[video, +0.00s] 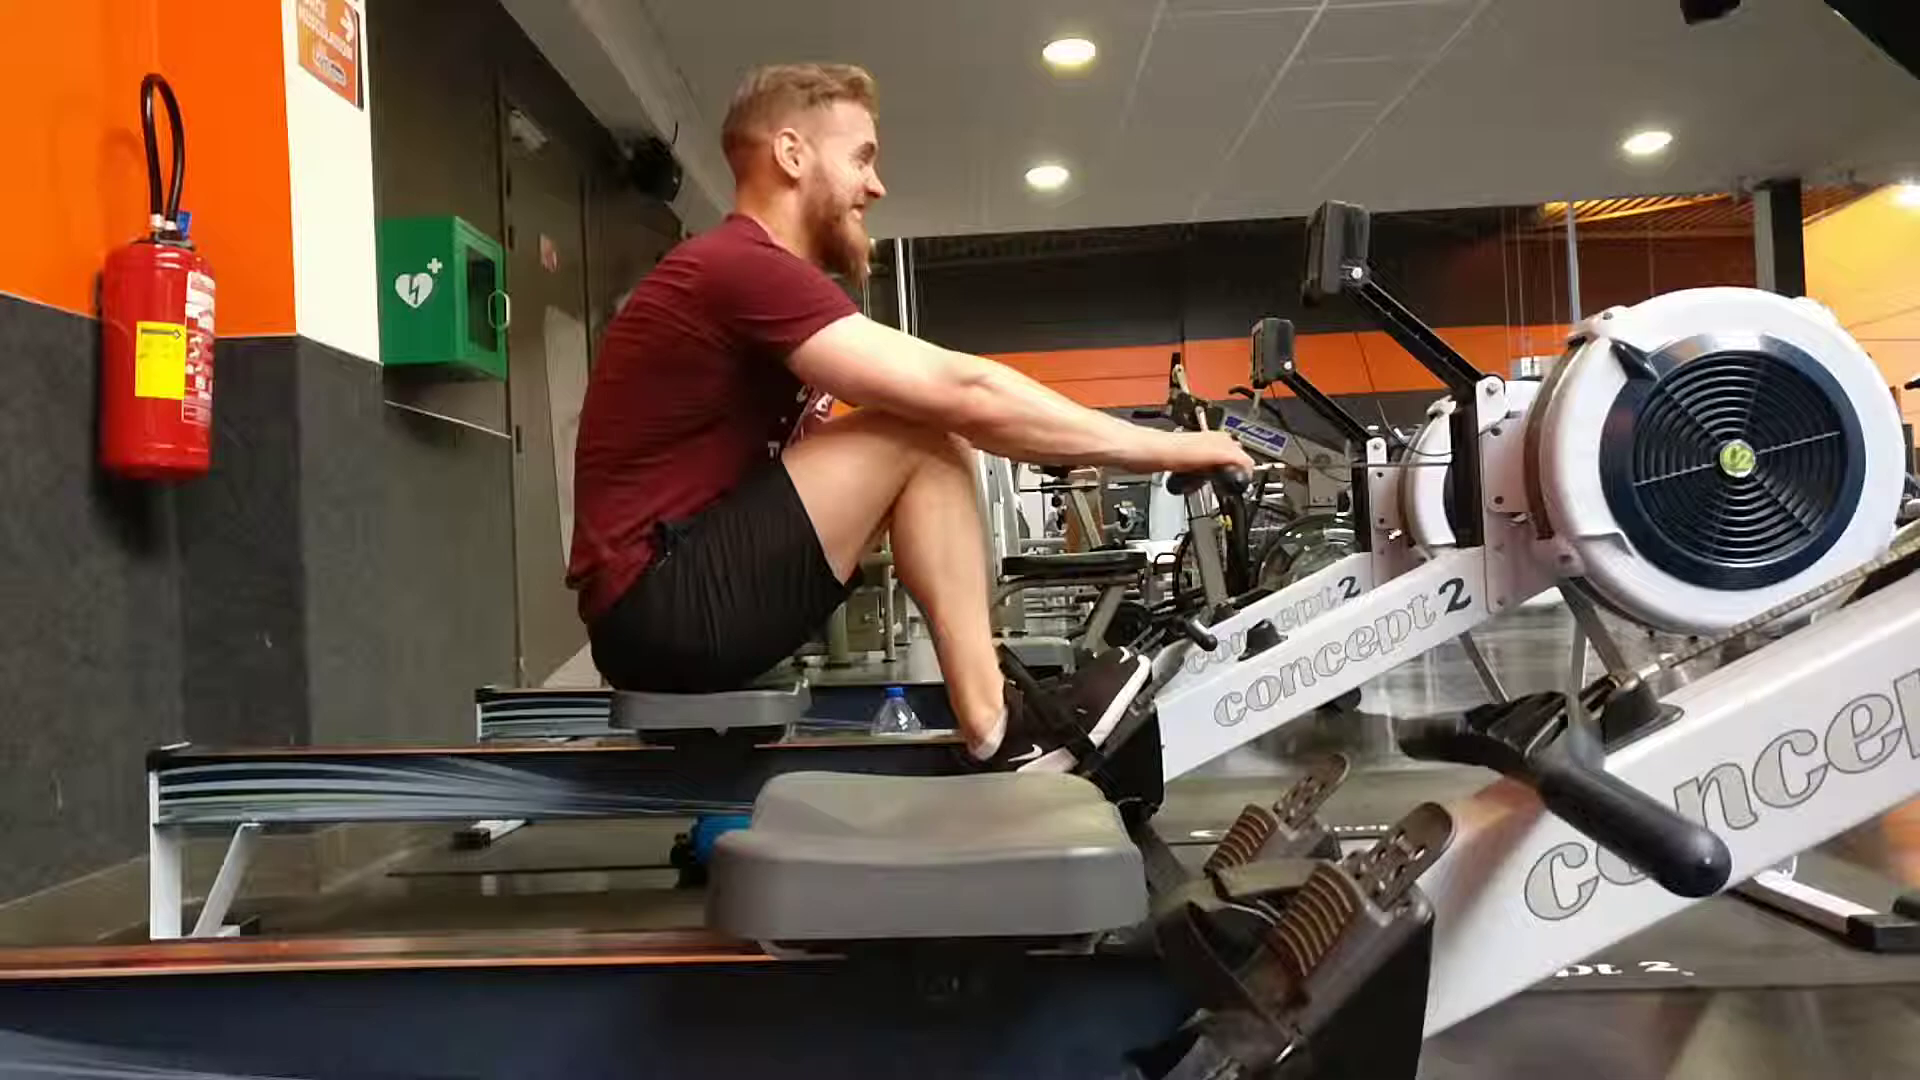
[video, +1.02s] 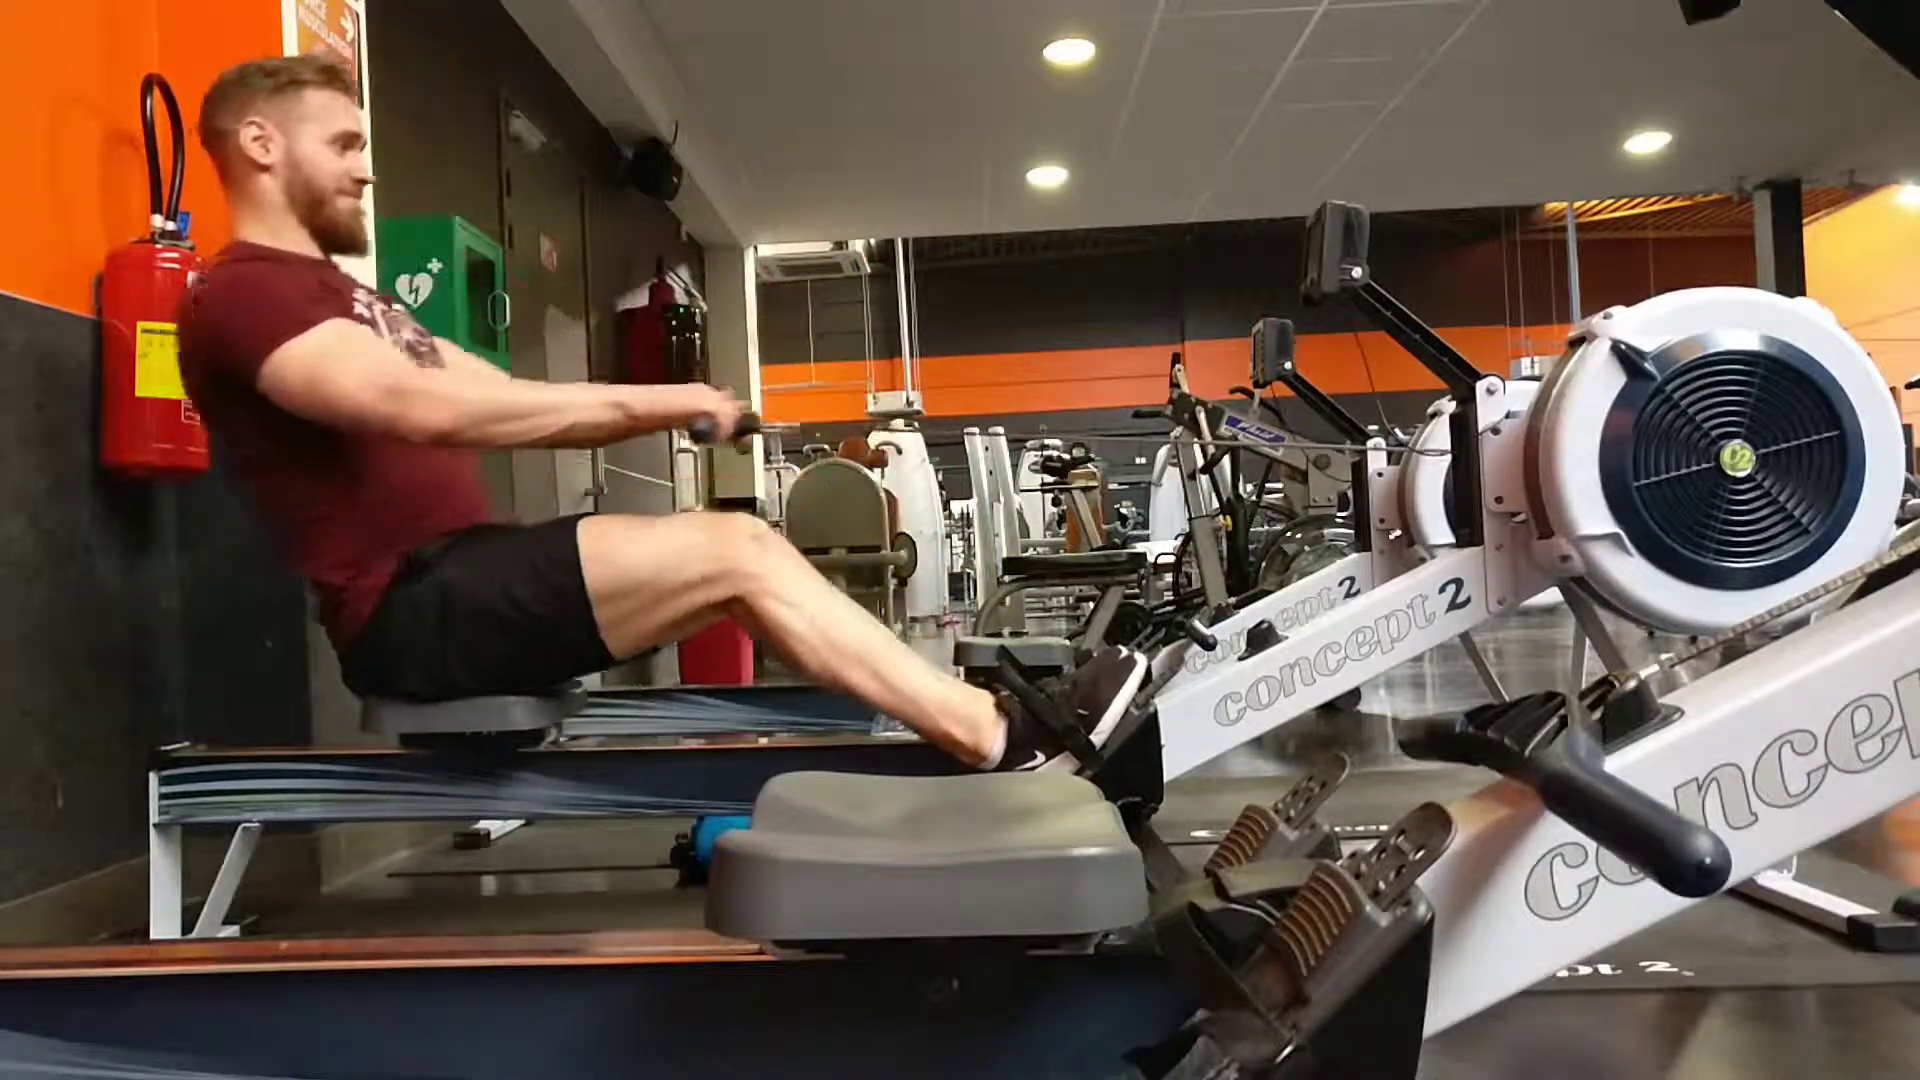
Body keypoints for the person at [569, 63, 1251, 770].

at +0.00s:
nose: (876, 185)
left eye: (875, 162)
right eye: (862, 156)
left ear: (793, 158)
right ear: (790, 152)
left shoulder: (755, 273)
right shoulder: (743, 267)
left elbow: (961, 384)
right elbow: (966, 399)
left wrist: (1133, 438)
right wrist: (1160, 449)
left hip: (672, 605)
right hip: (662, 613)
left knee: (925, 427)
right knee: (921, 433)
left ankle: (990, 714)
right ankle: (991, 731)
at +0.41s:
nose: (767, 144)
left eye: (760, 122)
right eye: (744, 119)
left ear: (674, 129)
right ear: (670, 124)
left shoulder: (676, 260)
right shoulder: (644, 254)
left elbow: (856, 381)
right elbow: (866, 384)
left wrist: (1040, 436)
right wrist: (1052, 434)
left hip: (642, 592)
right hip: (621, 603)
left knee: (896, 445)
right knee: (891, 452)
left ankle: (999, 710)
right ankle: (997, 736)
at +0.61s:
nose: (653, 137)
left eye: (647, 114)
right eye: (631, 110)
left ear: (560, 122)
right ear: (555, 117)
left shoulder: (577, 255)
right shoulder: (537, 251)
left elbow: (758, 357)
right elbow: (755, 360)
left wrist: (952, 407)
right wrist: (962, 407)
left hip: (588, 592)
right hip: (564, 602)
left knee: (860, 459)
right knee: (853, 463)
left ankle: (992, 716)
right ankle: (996, 732)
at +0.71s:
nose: (584, 136)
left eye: (579, 114)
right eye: (564, 111)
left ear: (493, 116)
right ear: (485, 113)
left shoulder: (516, 259)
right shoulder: (471, 252)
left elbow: (696, 363)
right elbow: (692, 362)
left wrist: (865, 416)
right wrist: (900, 406)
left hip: (556, 586)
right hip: (521, 599)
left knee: (837, 475)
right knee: (821, 478)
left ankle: (999, 715)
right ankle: (994, 737)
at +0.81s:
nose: (512, 137)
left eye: (507, 116)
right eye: (491, 112)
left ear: (421, 126)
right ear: (408, 118)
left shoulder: (465, 268)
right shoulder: (401, 262)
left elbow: (622, 363)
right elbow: (609, 366)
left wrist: (819, 412)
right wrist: (820, 409)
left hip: (523, 585)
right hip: (485, 603)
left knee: (806, 499)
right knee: (796, 502)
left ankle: (996, 716)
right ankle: (997, 739)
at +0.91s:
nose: (431, 150)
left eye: (427, 127)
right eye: (410, 125)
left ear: (349, 133)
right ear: (326, 133)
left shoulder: (387, 276)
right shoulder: (319, 273)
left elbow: (544, 379)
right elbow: (524, 377)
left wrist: (744, 410)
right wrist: (754, 407)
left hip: (485, 589)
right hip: (450, 605)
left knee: (772, 518)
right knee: (767, 519)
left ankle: (988, 722)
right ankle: (992, 735)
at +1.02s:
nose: (364, 166)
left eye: (361, 145)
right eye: (340, 142)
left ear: (291, 152)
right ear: (255, 151)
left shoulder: (334, 291)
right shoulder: (248, 290)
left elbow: (502, 406)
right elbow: (424, 410)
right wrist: (649, 405)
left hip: (459, 580)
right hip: (413, 606)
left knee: (749, 547)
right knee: (743, 549)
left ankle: (999, 730)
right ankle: (1000, 745)